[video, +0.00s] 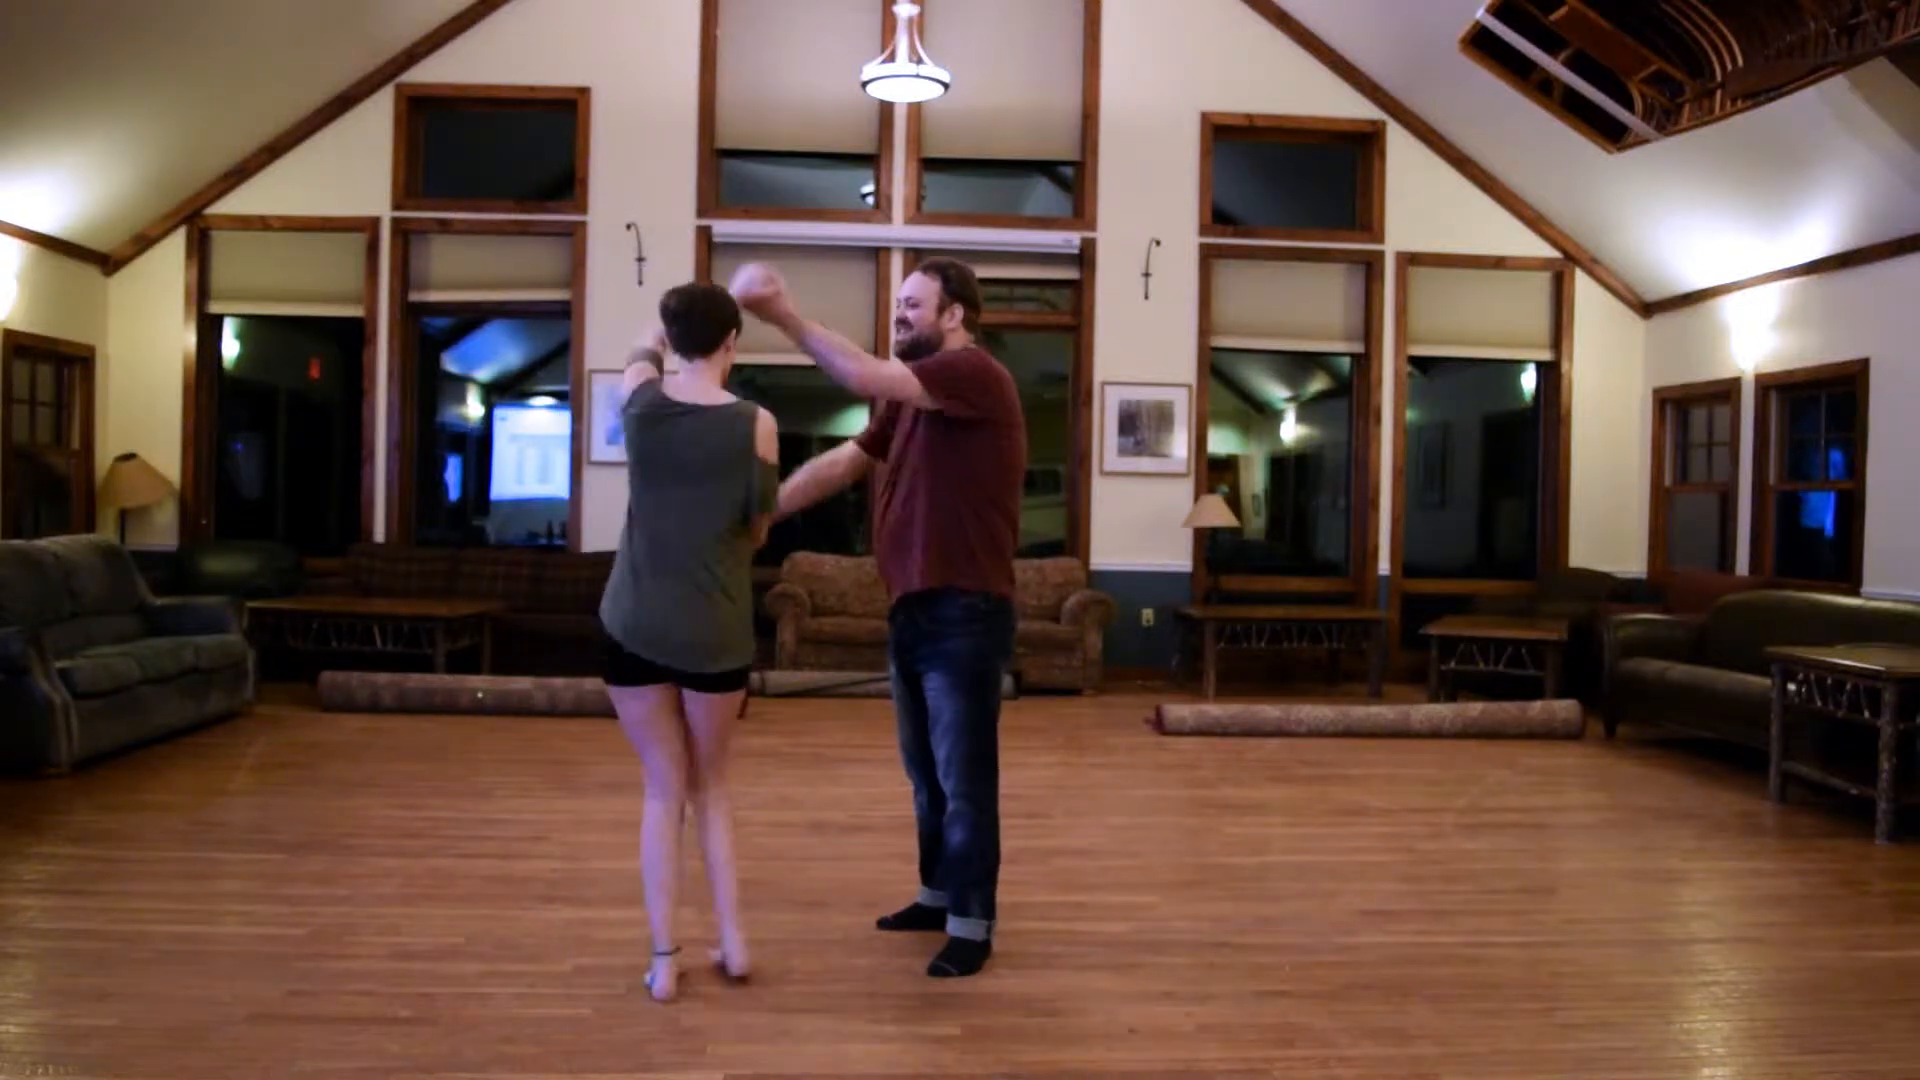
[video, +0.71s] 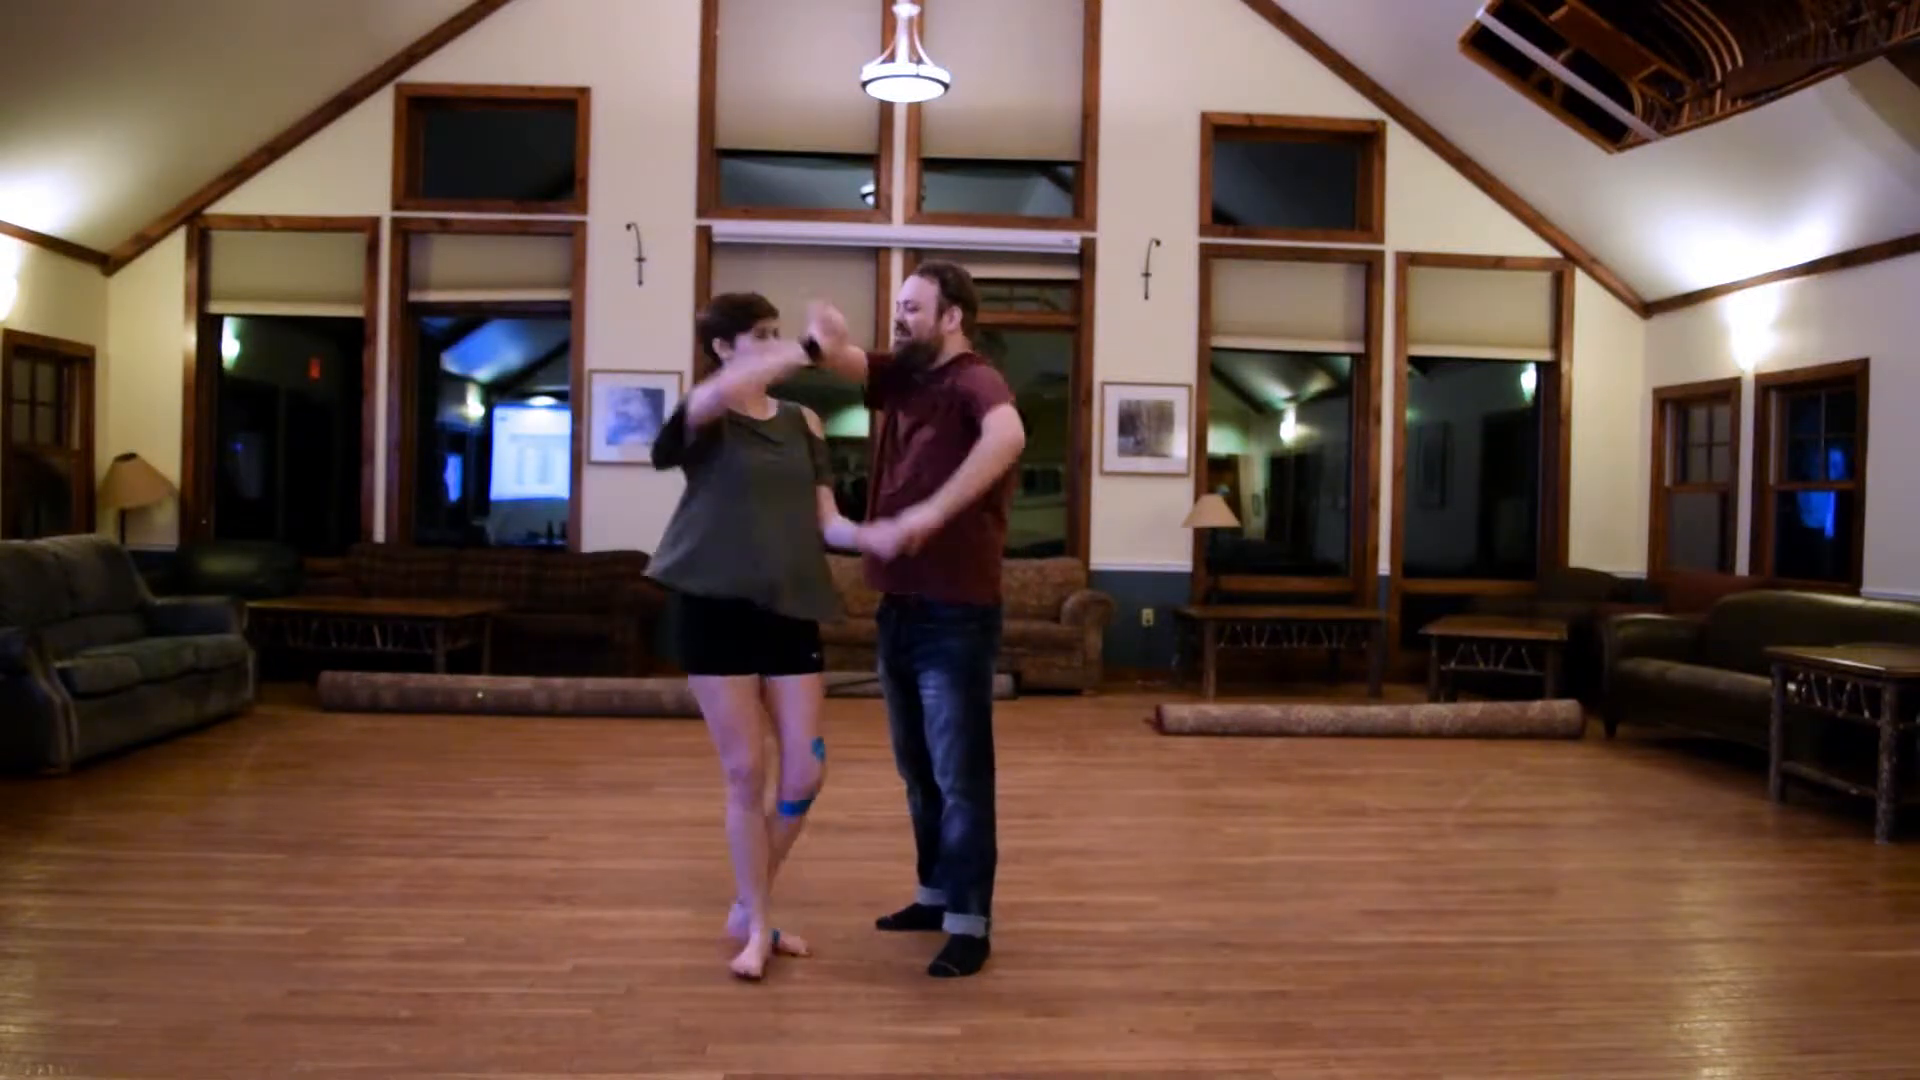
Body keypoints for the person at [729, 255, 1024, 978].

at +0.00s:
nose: (899, 316)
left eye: (913, 306)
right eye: (898, 307)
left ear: (955, 314)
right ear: (905, 315)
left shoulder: (978, 374)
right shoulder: (904, 393)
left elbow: (869, 375)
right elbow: (841, 461)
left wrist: (787, 318)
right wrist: (767, 509)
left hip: (967, 603)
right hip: (914, 603)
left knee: (962, 768)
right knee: (925, 765)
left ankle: (973, 924)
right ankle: (941, 897)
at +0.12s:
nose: (897, 314)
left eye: (913, 302)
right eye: (898, 304)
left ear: (953, 310)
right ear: (915, 312)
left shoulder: (977, 372)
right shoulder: (907, 387)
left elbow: (868, 336)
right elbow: (824, 413)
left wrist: (773, 263)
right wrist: (742, 419)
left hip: (967, 602)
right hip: (913, 602)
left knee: (961, 770)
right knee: (925, 765)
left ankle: (972, 924)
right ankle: (942, 898)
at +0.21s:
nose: (897, 311)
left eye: (912, 300)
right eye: (896, 302)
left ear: (953, 311)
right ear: (913, 312)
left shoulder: (979, 373)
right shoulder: (900, 384)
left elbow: (877, 322)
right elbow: (814, 375)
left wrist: (776, 254)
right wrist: (726, 369)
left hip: (966, 604)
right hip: (911, 603)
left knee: (961, 771)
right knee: (925, 766)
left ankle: (972, 923)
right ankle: (940, 898)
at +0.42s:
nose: (898, 313)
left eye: (913, 303)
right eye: (897, 303)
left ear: (957, 314)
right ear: (907, 313)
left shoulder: (985, 379)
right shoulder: (898, 372)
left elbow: (908, 340)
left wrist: (823, 302)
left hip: (962, 604)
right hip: (906, 603)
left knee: (958, 770)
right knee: (920, 766)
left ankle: (971, 925)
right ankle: (939, 896)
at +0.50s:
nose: (901, 315)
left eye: (914, 305)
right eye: (899, 306)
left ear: (958, 314)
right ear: (909, 316)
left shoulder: (984, 373)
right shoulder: (899, 372)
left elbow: (959, 364)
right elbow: (836, 328)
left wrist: (865, 340)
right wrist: (769, 257)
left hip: (961, 606)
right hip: (903, 605)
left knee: (958, 772)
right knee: (920, 768)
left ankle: (969, 925)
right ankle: (940, 898)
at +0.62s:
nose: (902, 319)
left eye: (915, 307)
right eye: (901, 308)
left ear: (956, 314)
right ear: (903, 313)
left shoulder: (985, 377)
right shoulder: (897, 370)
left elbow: (998, 400)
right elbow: (837, 339)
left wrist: (909, 435)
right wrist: (812, 290)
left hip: (958, 608)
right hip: (899, 603)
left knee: (959, 774)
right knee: (920, 769)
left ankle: (970, 923)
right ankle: (938, 898)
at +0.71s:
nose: (900, 317)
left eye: (913, 308)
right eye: (899, 308)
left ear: (951, 317)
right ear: (904, 317)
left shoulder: (974, 377)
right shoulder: (898, 370)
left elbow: (1007, 436)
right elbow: (848, 361)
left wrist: (927, 514)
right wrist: (829, 340)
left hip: (957, 605)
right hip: (901, 603)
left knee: (959, 771)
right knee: (918, 765)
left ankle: (970, 922)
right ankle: (935, 895)